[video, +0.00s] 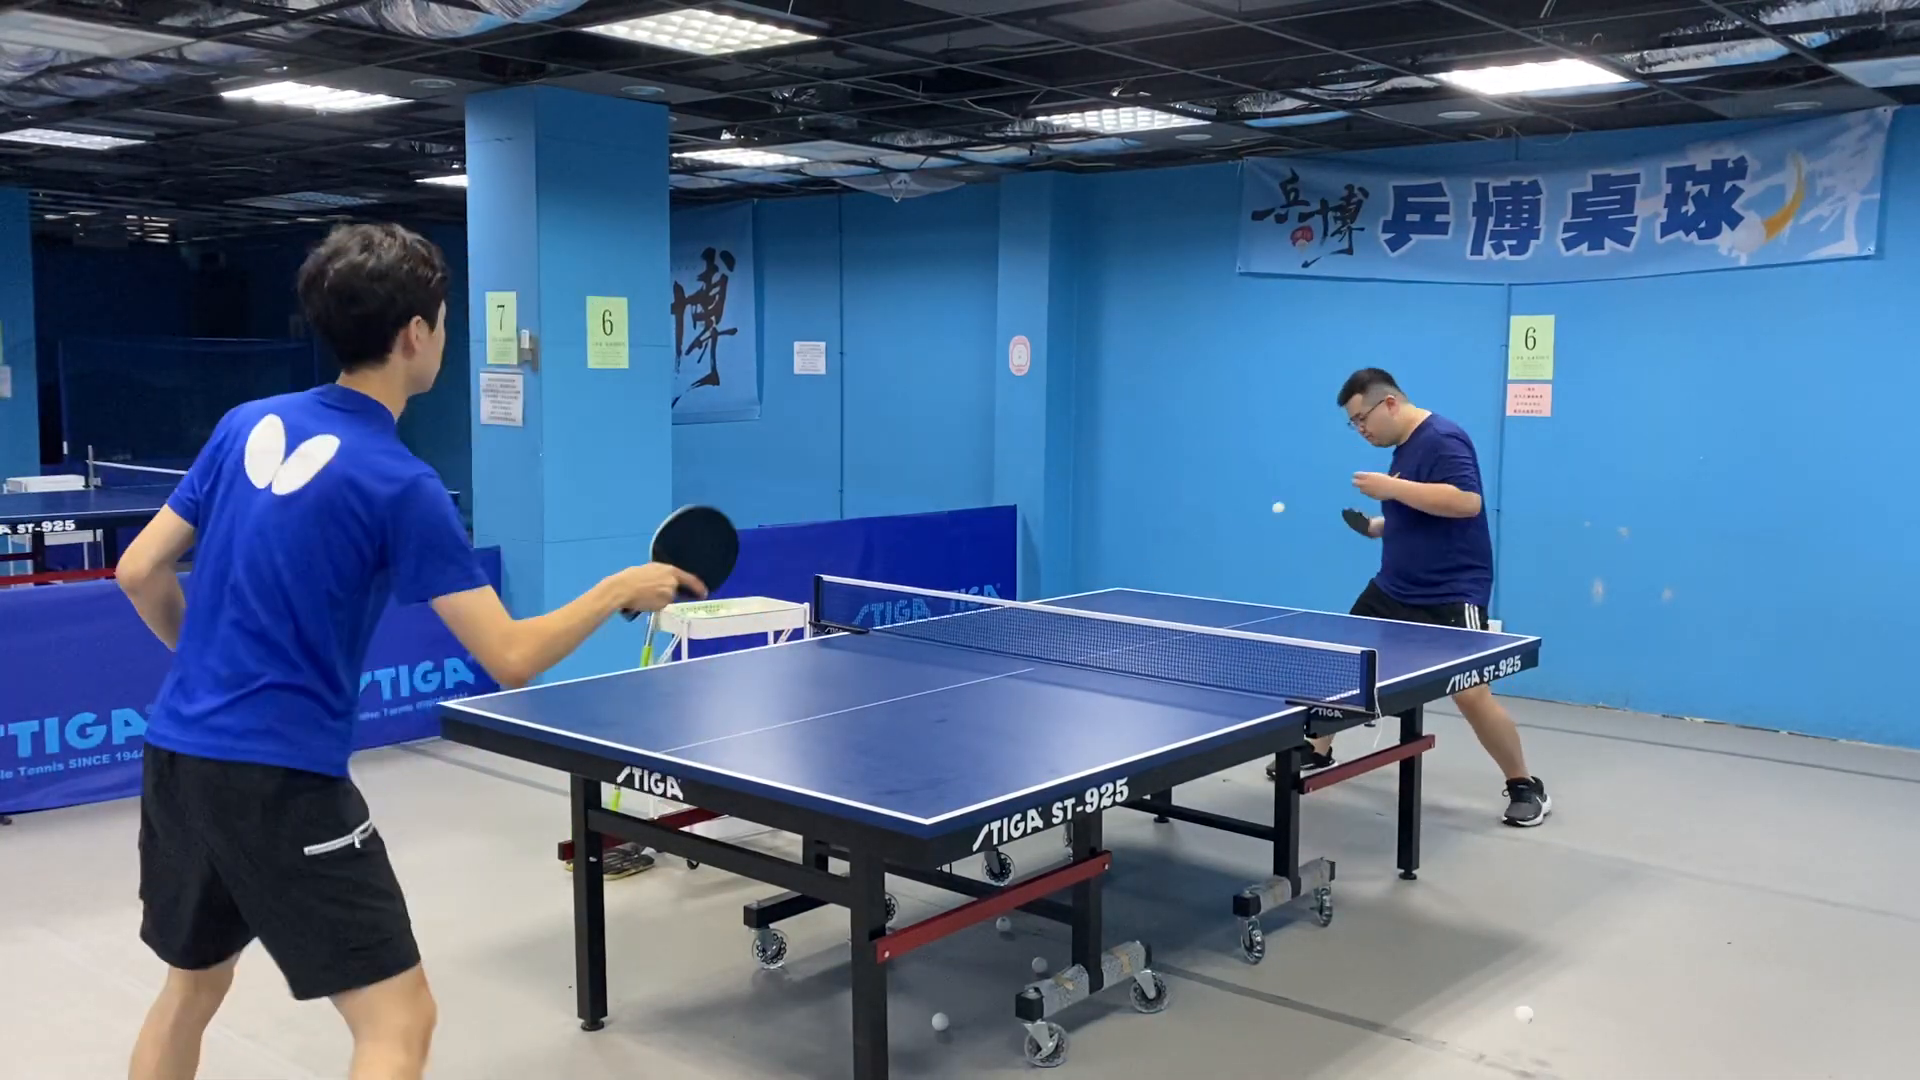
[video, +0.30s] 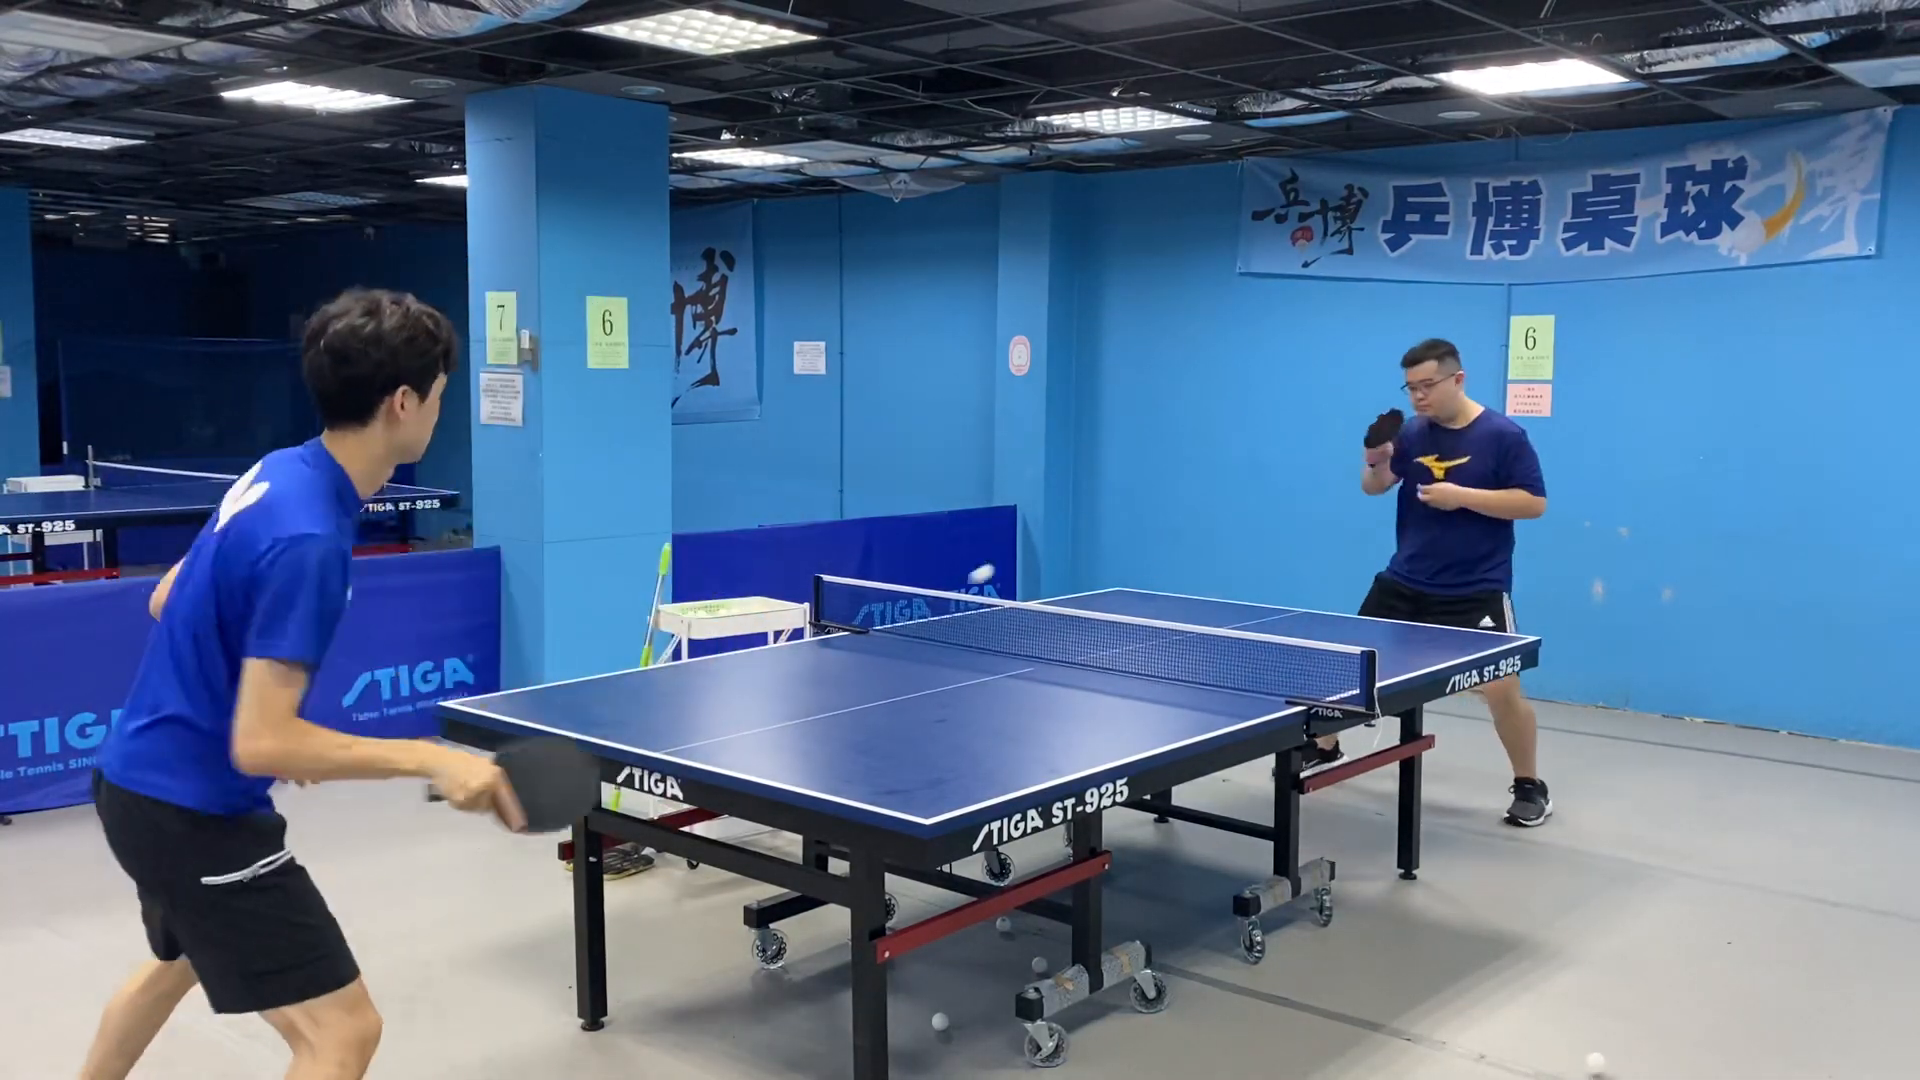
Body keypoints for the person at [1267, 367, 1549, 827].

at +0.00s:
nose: (1360, 431)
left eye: (1361, 419)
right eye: (1354, 423)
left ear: (1391, 403)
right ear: (1387, 409)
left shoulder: (1444, 438)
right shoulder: (1404, 449)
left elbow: (1469, 502)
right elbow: (1419, 520)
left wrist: (1392, 488)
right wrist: (1378, 527)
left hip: (1451, 598)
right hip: (1392, 590)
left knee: (1470, 693)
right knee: (1337, 661)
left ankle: (1522, 785)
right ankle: (1315, 750)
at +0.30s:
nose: (1417, 396)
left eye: (1426, 386)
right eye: (1411, 387)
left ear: (1458, 380)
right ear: (1409, 388)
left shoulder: (1504, 436)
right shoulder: (1411, 434)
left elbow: (1533, 503)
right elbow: (1374, 487)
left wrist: (1463, 496)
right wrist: (1375, 461)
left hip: (1476, 593)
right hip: (1403, 585)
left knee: (1501, 688)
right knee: (1344, 659)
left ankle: (1527, 784)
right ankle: (1324, 742)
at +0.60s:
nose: (1383, 399)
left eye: (1394, 390)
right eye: (1377, 390)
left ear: (1423, 389)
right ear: (1372, 392)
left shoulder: (1465, 444)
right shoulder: (1367, 444)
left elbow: (1499, 505)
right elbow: (1346, 501)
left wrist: (1448, 513)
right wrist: (1321, 509)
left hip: (1445, 595)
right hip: (1370, 588)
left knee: (1485, 681)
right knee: (1317, 656)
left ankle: (1524, 782)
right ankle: (1324, 751)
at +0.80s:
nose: (1353, 398)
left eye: (1363, 387)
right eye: (1347, 390)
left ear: (1392, 384)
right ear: (1345, 394)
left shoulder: (1439, 430)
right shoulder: (1364, 447)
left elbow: (1473, 488)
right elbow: (1365, 508)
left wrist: (1396, 482)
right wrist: (1318, 532)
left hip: (1449, 588)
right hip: (1382, 585)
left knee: (1481, 684)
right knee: (1331, 661)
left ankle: (1525, 783)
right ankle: (1327, 752)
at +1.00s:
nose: (1337, 419)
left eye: (1341, 407)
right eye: (1332, 411)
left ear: (1374, 398)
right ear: (1364, 405)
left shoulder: (1428, 433)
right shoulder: (1367, 455)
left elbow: (1459, 492)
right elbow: (1374, 518)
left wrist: (1385, 474)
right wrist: (1321, 530)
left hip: (1453, 590)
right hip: (1386, 588)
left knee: (1479, 688)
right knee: (1327, 658)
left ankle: (1526, 785)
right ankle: (1327, 751)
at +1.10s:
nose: (1335, 415)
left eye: (1341, 403)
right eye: (1331, 406)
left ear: (1374, 394)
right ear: (1341, 406)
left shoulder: (1431, 433)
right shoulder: (1348, 455)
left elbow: (1474, 488)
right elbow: (1313, 503)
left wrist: (1402, 479)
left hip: (1445, 589)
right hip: (1372, 587)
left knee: (1479, 683)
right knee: (1316, 657)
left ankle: (1523, 783)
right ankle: (1324, 750)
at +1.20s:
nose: (1336, 408)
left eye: (1344, 398)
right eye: (1331, 401)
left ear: (1375, 392)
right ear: (1330, 402)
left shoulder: (1429, 436)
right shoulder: (1336, 446)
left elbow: (1473, 492)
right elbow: (1292, 482)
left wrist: (1417, 478)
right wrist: (1286, 454)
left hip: (1436, 586)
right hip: (1362, 583)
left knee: (1475, 675)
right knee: (1308, 656)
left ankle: (1518, 780)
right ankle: (1323, 751)